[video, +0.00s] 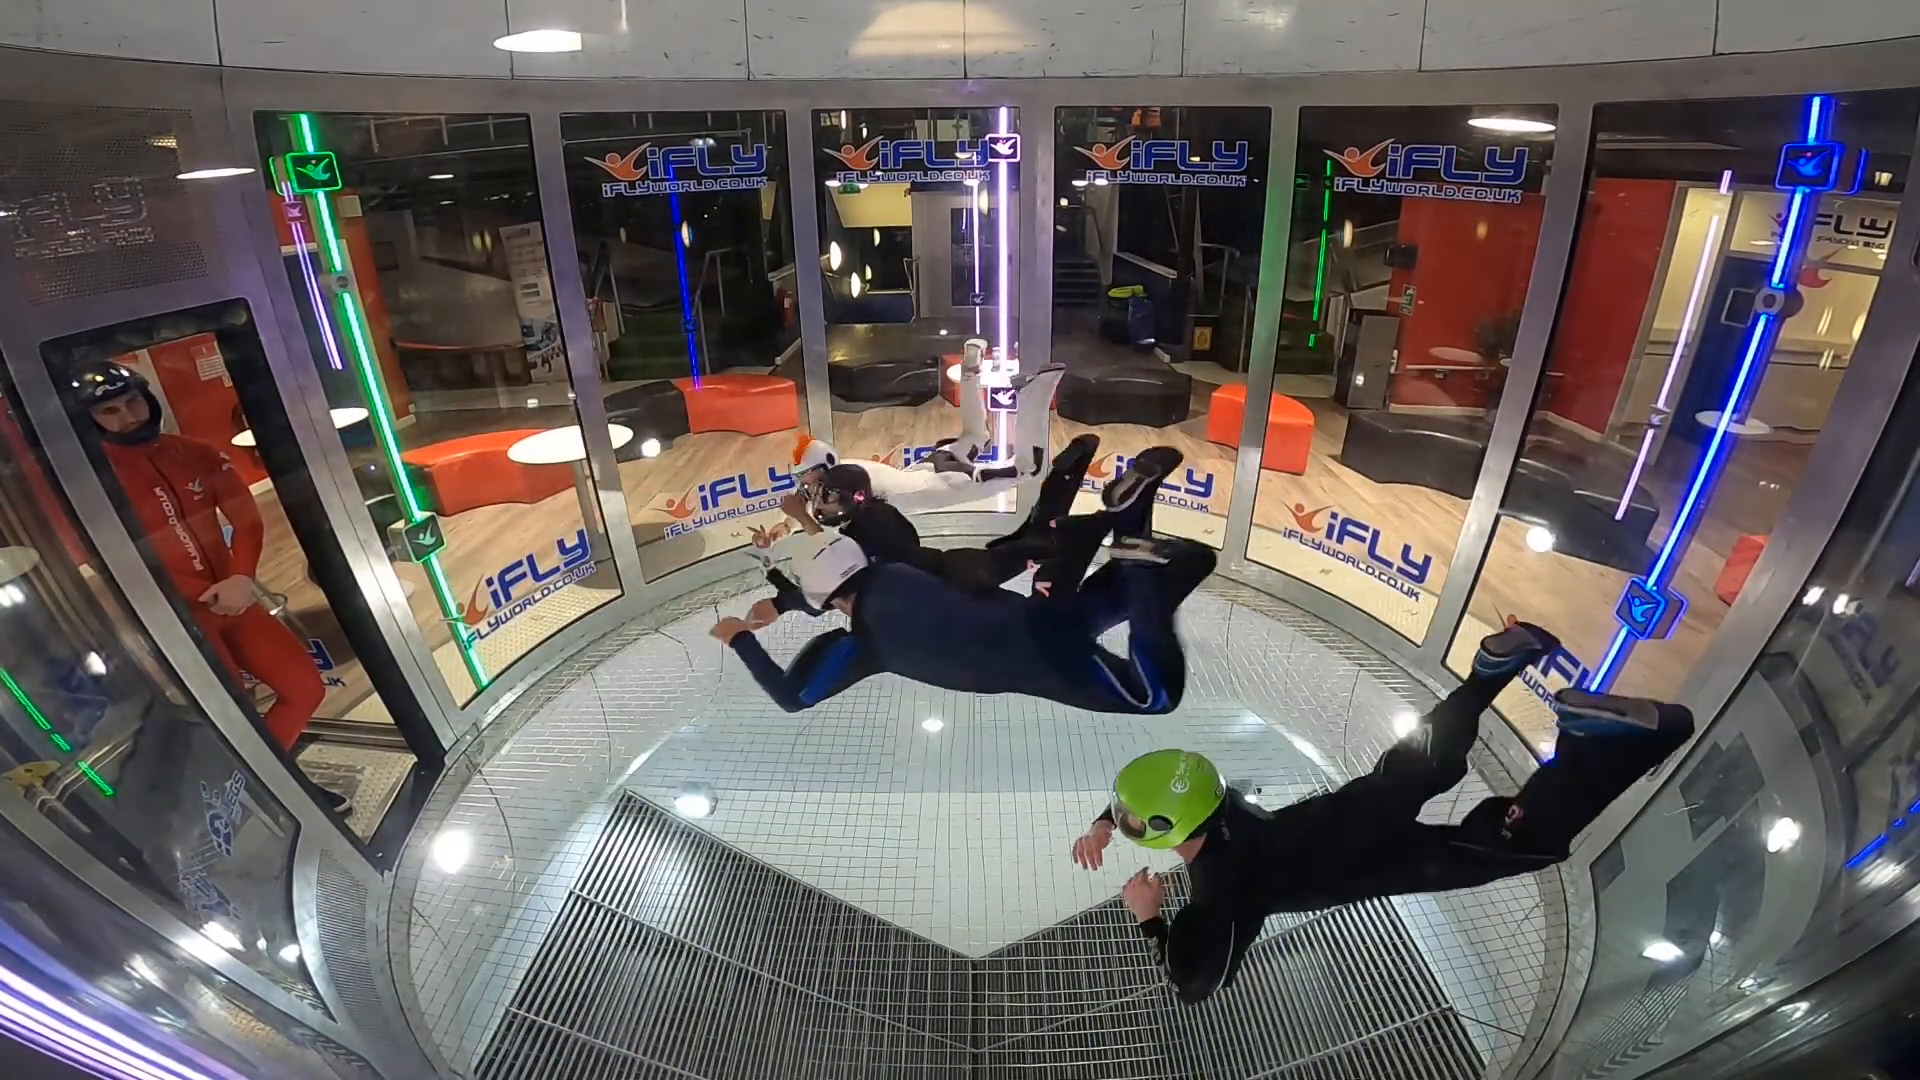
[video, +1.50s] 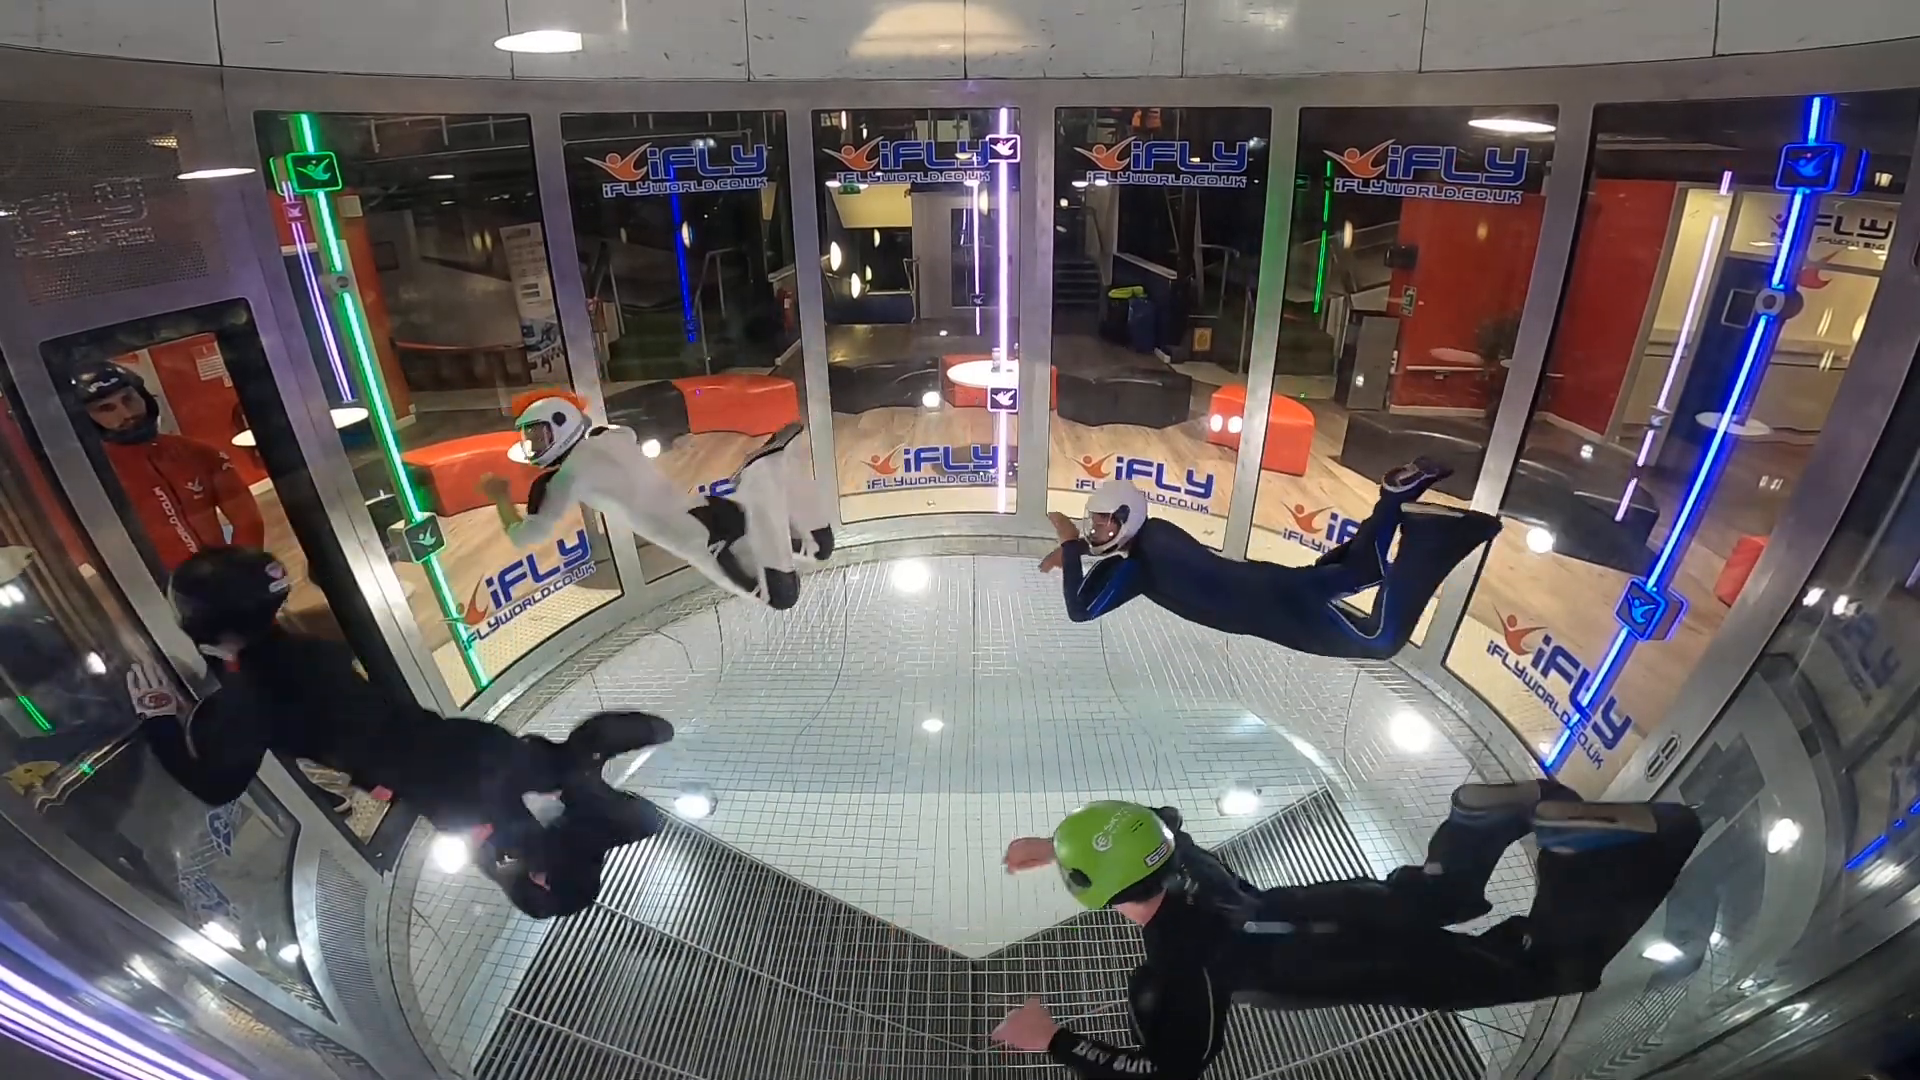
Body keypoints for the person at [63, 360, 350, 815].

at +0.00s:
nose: (127, 417)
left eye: (130, 402)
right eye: (109, 411)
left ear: (145, 398)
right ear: (91, 421)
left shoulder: (197, 455)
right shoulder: (96, 479)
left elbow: (247, 521)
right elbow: (106, 565)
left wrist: (243, 577)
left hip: (233, 603)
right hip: (181, 622)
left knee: (306, 688)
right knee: (237, 714)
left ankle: (241, 784)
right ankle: (293, 793)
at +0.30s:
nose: (124, 417)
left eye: (129, 402)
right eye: (108, 411)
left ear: (144, 398)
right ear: (90, 420)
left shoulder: (196, 454)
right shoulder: (94, 479)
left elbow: (247, 521)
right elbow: (104, 563)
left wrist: (241, 577)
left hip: (233, 603)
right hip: (181, 622)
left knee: (305, 688)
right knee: (236, 713)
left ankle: (248, 781)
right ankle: (291, 791)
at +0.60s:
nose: (122, 416)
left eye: (127, 401)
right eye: (105, 410)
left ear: (142, 398)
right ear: (87, 419)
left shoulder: (195, 454)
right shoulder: (93, 477)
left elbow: (246, 520)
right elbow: (110, 562)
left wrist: (239, 577)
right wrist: (206, 592)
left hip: (232, 602)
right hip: (181, 621)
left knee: (305, 688)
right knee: (237, 714)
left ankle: (244, 783)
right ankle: (293, 793)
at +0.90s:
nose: (121, 416)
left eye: (124, 401)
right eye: (103, 411)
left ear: (140, 397)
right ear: (87, 422)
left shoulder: (196, 455)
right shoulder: (90, 477)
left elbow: (245, 519)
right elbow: (102, 563)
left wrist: (239, 577)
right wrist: (202, 593)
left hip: (231, 602)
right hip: (178, 622)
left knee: (304, 689)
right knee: (236, 710)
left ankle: (245, 783)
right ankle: (292, 791)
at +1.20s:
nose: (122, 414)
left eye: (126, 399)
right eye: (104, 409)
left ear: (141, 397)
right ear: (88, 421)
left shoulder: (195, 454)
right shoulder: (93, 477)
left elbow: (246, 520)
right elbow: (104, 564)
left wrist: (237, 579)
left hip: (230, 603)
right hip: (180, 622)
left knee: (303, 692)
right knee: (237, 709)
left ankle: (253, 775)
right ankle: (294, 790)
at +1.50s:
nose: (126, 414)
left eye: (129, 399)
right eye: (107, 408)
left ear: (143, 395)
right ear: (87, 419)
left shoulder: (197, 455)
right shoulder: (93, 480)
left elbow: (248, 522)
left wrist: (238, 586)